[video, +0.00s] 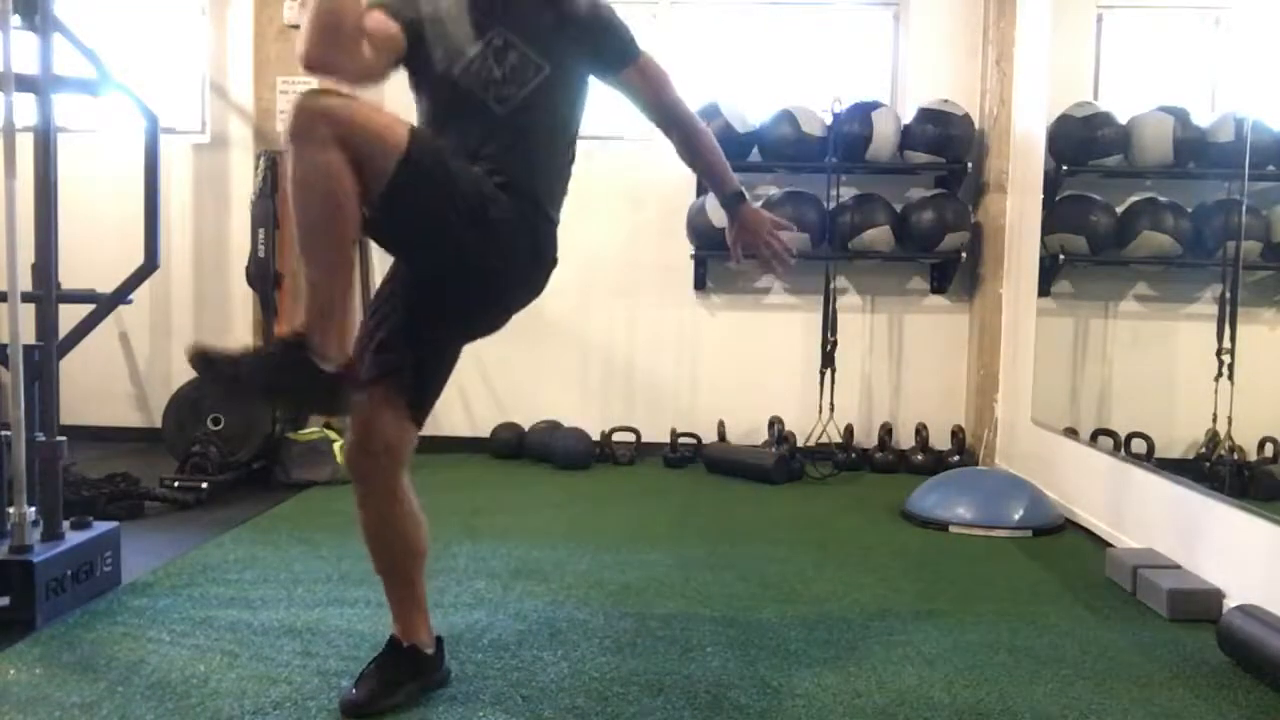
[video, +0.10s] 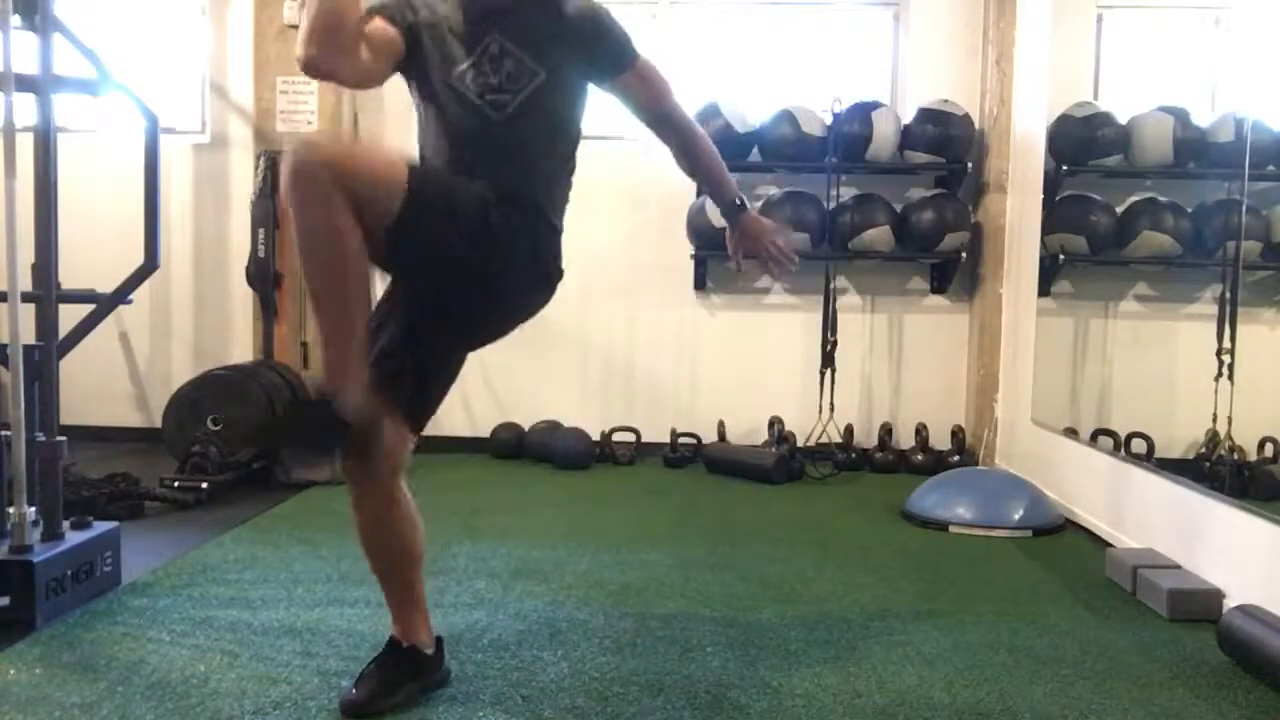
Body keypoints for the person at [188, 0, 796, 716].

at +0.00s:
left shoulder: (570, 15)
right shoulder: (423, 10)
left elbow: (668, 108)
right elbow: (337, 64)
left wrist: (737, 206)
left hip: (510, 241)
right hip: (434, 244)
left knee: (320, 115)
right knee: (373, 453)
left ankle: (325, 352)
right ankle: (415, 645)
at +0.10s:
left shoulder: (569, 19)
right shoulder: (417, 14)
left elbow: (666, 115)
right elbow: (327, 54)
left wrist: (739, 212)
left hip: (514, 247)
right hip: (436, 250)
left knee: (314, 166)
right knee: (370, 453)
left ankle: (344, 399)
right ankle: (414, 645)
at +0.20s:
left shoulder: (569, 13)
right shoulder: (419, 9)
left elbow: (671, 116)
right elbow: (315, 38)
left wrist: (743, 226)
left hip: (522, 244)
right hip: (443, 246)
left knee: (347, 304)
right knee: (371, 448)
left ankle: (451, 499)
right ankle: (413, 646)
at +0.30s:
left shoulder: (576, 11)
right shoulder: (427, 9)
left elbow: (684, 117)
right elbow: (312, 23)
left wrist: (754, 230)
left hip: (530, 256)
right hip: (442, 254)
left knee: (439, 422)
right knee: (378, 444)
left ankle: (572, 572)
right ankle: (411, 645)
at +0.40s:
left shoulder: (602, 10)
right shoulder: (446, 6)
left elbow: (708, 107)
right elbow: (393, 28)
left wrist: (775, 217)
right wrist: (331, 16)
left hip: (560, 267)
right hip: (467, 262)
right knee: (404, 450)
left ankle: (657, 617)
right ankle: (411, 647)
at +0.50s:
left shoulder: (641, 9)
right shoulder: (476, 8)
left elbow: (748, 82)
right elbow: (356, 21)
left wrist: (798, 169)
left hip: (612, 267)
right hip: (515, 265)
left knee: (629, 465)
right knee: (459, 448)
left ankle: (667, 646)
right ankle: (427, 646)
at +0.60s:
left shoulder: (666, 7)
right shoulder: (506, 7)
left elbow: (761, 43)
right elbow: (400, 56)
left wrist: (797, 67)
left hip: (652, 252)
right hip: (553, 254)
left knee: (676, 453)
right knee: (515, 448)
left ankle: (682, 640)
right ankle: (525, 631)